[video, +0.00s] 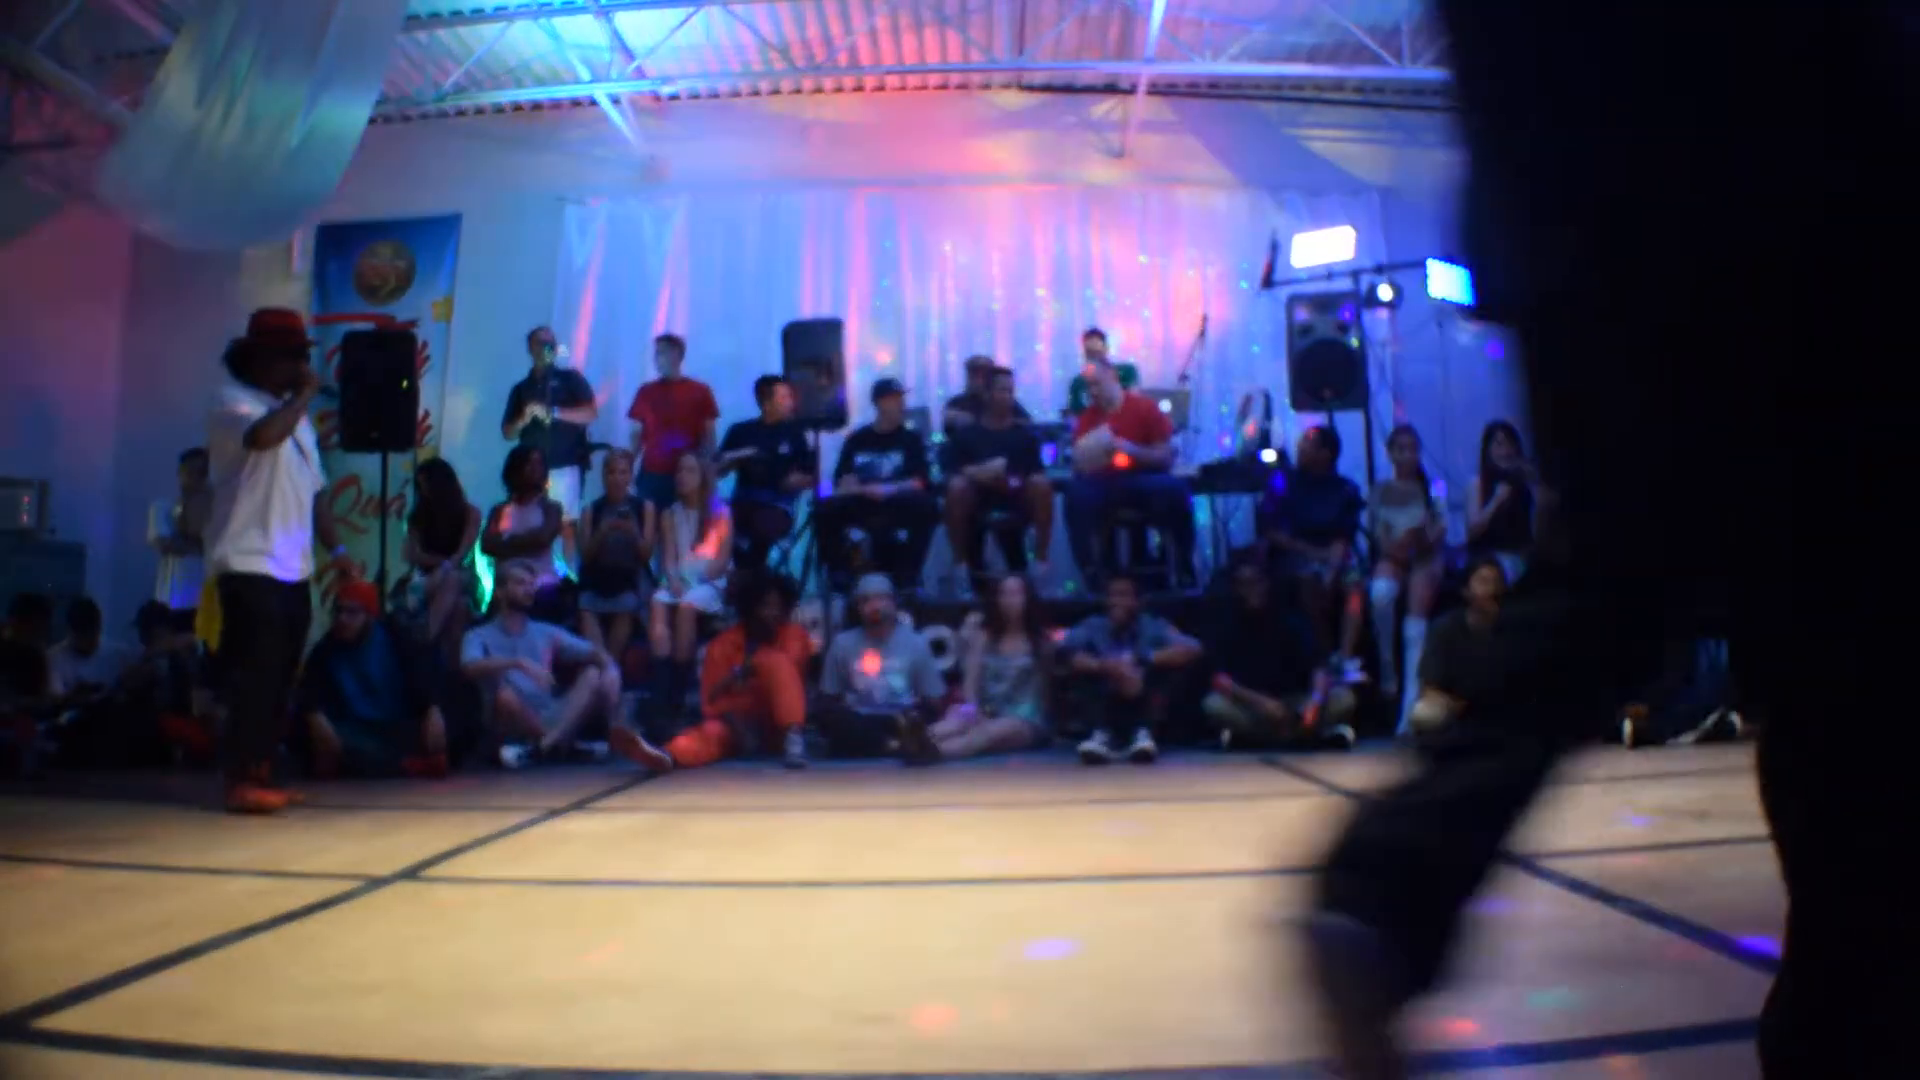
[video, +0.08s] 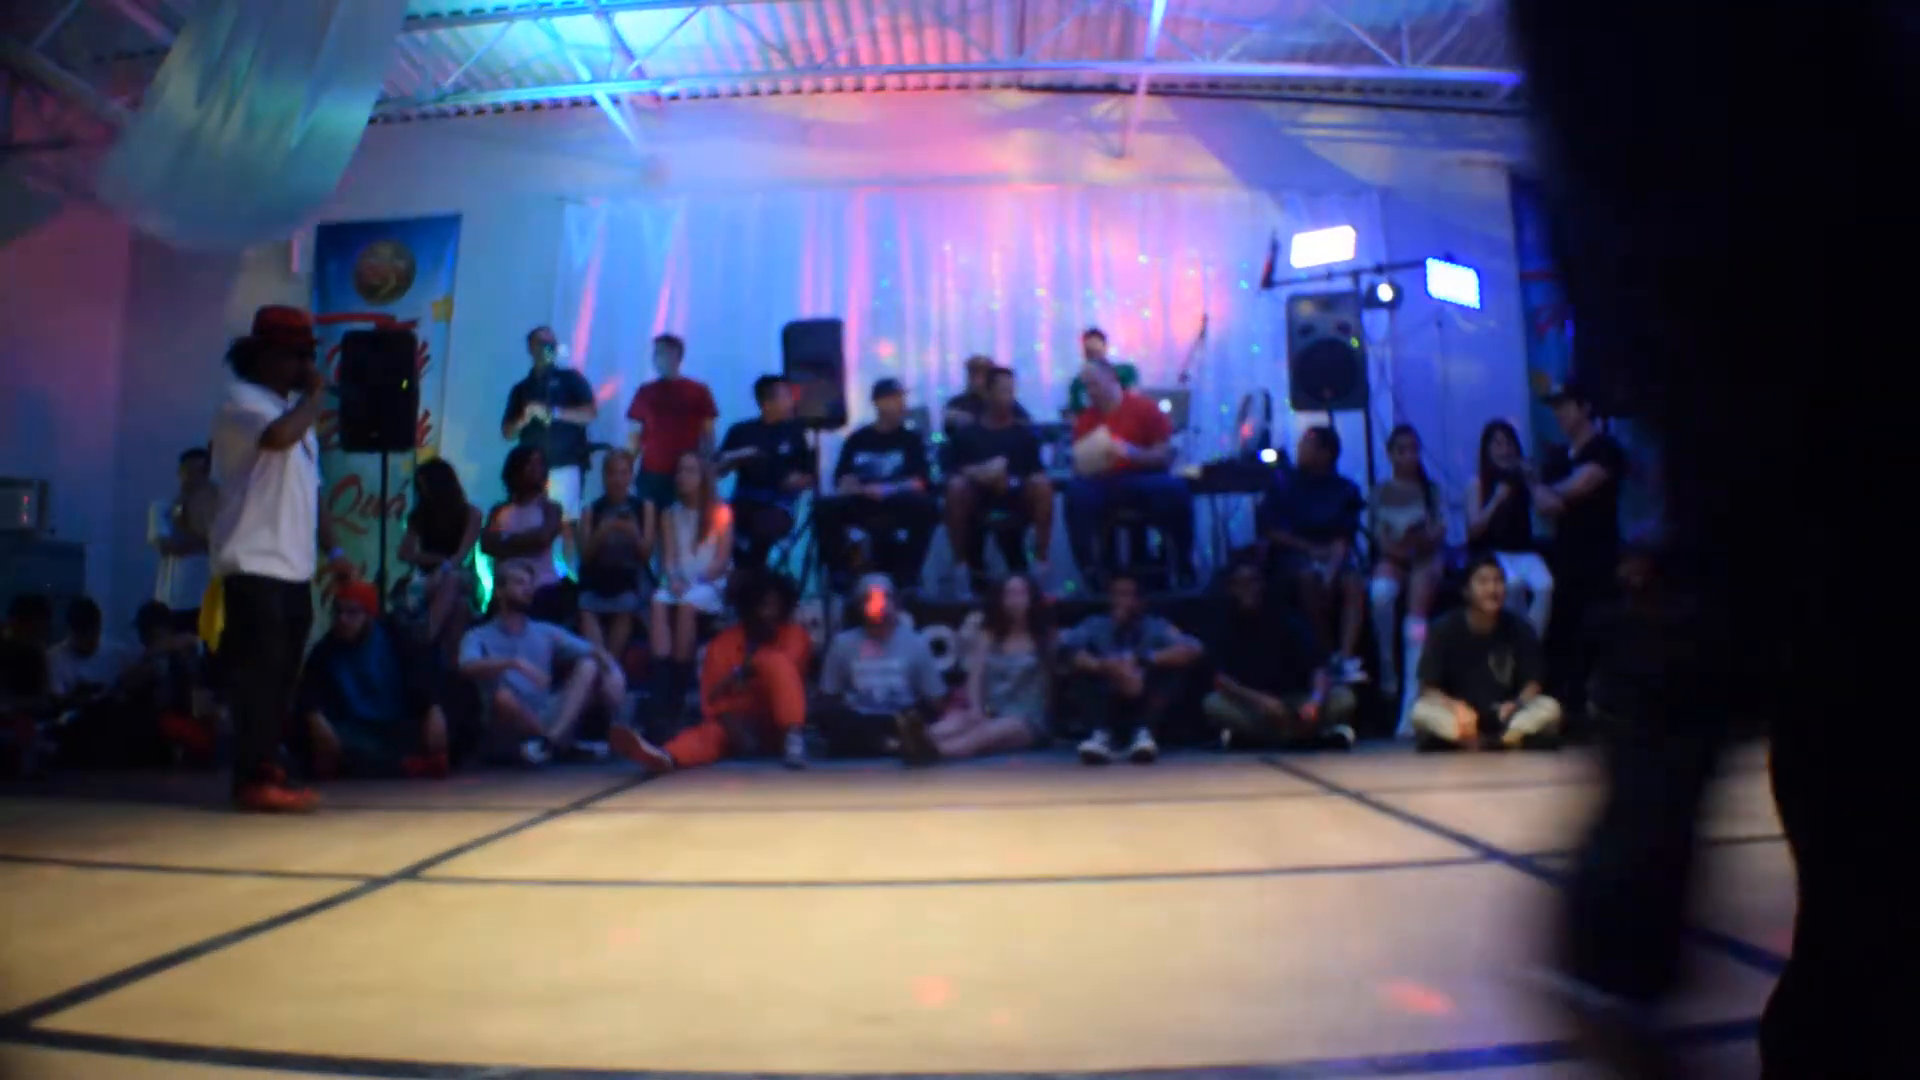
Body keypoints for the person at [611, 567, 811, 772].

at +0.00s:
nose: (772, 614)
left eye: (779, 607)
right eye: (765, 606)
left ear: (786, 610)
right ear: (749, 608)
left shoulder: (796, 638)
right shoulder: (723, 646)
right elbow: (711, 707)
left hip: (776, 720)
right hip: (736, 722)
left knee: (774, 660)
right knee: (711, 735)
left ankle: (793, 739)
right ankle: (668, 756)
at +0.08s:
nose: (768, 613)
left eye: (775, 606)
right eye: (762, 605)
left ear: (785, 610)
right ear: (747, 608)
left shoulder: (795, 638)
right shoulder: (723, 645)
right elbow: (711, 706)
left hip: (774, 721)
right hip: (736, 722)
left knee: (774, 661)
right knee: (709, 736)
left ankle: (794, 740)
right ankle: (668, 756)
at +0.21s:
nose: (766, 611)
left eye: (773, 604)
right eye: (761, 603)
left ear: (783, 609)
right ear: (748, 606)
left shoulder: (795, 638)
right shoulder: (725, 644)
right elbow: (711, 703)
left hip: (776, 722)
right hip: (737, 722)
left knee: (775, 660)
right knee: (710, 736)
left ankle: (794, 737)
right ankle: (670, 756)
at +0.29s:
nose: (765, 611)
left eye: (772, 604)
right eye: (760, 603)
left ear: (783, 609)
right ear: (749, 606)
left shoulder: (793, 637)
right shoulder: (724, 646)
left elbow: (787, 666)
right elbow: (712, 705)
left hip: (774, 717)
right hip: (737, 721)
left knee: (777, 662)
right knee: (712, 735)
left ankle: (793, 736)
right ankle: (670, 755)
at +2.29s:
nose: (768, 609)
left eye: (775, 603)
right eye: (762, 602)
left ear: (784, 607)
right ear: (749, 605)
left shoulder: (793, 634)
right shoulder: (723, 645)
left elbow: (786, 665)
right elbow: (713, 705)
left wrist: (753, 666)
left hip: (774, 717)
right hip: (737, 720)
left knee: (779, 661)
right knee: (709, 735)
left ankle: (794, 737)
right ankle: (670, 755)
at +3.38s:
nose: (767, 609)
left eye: (773, 603)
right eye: (761, 602)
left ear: (783, 606)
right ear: (748, 605)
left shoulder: (793, 633)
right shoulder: (724, 645)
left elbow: (789, 666)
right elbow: (713, 704)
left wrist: (753, 668)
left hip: (775, 715)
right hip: (738, 721)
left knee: (778, 660)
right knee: (711, 734)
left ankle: (795, 737)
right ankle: (670, 755)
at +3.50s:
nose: (768, 609)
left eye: (774, 603)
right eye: (762, 602)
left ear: (783, 607)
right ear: (749, 605)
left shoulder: (793, 634)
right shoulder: (723, 646)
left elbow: (790, 655)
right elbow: (713, 704)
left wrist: (753, 666)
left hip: (775, 717)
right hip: (738, 721)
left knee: (779, 661)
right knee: (711, 734)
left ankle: (795, 735)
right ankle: (670, 755)